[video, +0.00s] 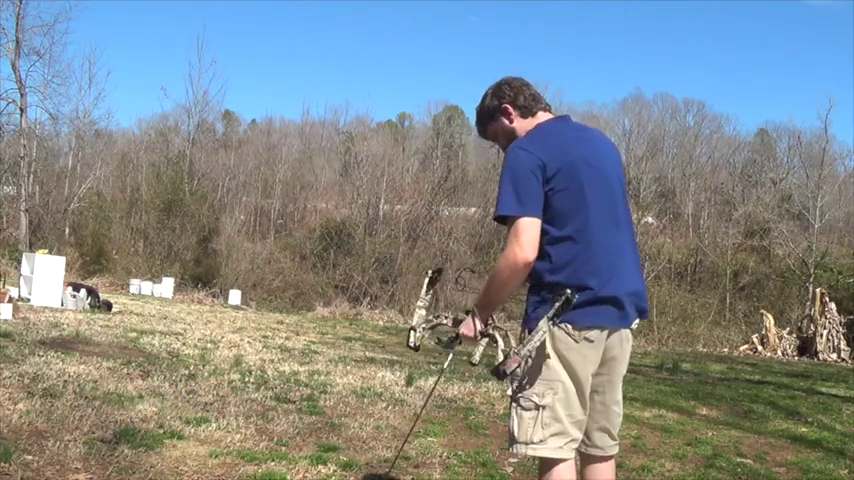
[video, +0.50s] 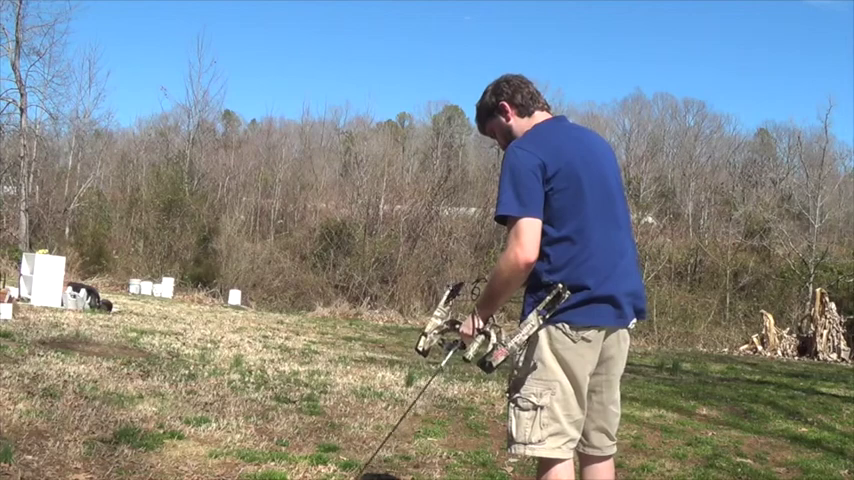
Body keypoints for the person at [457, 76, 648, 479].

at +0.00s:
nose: (502, 149)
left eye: (497, 139)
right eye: (495, 143)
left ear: (508, 113)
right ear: (544, 109)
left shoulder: (530, 150)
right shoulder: (602, 143)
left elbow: (522, 252)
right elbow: (590, 245)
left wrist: (479, 315)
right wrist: (537, 330)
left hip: (567, 315)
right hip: (622, 311)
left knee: (557, 452)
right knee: (601, 450)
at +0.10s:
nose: (502, 150)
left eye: (497, 140)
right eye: (495, 144)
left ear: (508, 114)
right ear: (544, 109)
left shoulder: (530, 150)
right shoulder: (602, 143)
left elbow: (523, 252)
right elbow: (592, 242)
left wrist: (481, 316)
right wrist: (536, 329)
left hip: (567, 315)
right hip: (622, 310)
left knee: (557, 452)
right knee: (601, 449)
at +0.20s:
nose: (502, 150)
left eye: (497, 139)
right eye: (495, 144)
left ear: (508, 114)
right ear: (545, 109)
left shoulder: (530, 150)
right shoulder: (601, 144)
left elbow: (523, 252)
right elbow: (590, 244)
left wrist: (482, 316)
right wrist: (533, 333)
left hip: (567, 315)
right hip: (622, 311)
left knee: (557, 452)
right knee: (601, 450)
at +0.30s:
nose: (501, 149)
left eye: (496, 138)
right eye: (495, 143)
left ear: (507, 113)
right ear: (543, 109)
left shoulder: (529, 150)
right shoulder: (600, 144)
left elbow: (523, 253)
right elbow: (595, 241)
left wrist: (482, 315)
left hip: (567, 313)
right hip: (622, 309)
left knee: (557, 452)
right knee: (601, 450)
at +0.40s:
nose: (501, 148)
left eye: (496, 136)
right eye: (495, 141)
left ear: (507, 111)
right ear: (543, 107)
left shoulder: (529, 150)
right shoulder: (599, 144)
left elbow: (523, 252)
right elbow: (585, 246)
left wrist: (483, 314)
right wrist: (529, 331)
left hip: (567, 313)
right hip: (620, 308)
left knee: (556, 452)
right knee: (600, 449)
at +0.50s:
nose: (501, 146)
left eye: (496, 135)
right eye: (494, 140)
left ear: (506, 110)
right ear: (541, 106)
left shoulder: (528, 150)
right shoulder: (596, 143)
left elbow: (523, 253)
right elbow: (580, 246)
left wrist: (481, 314)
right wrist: (524, 331)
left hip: (567, 311)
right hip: (619, 307)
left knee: (555, 451)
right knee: (599, 449)